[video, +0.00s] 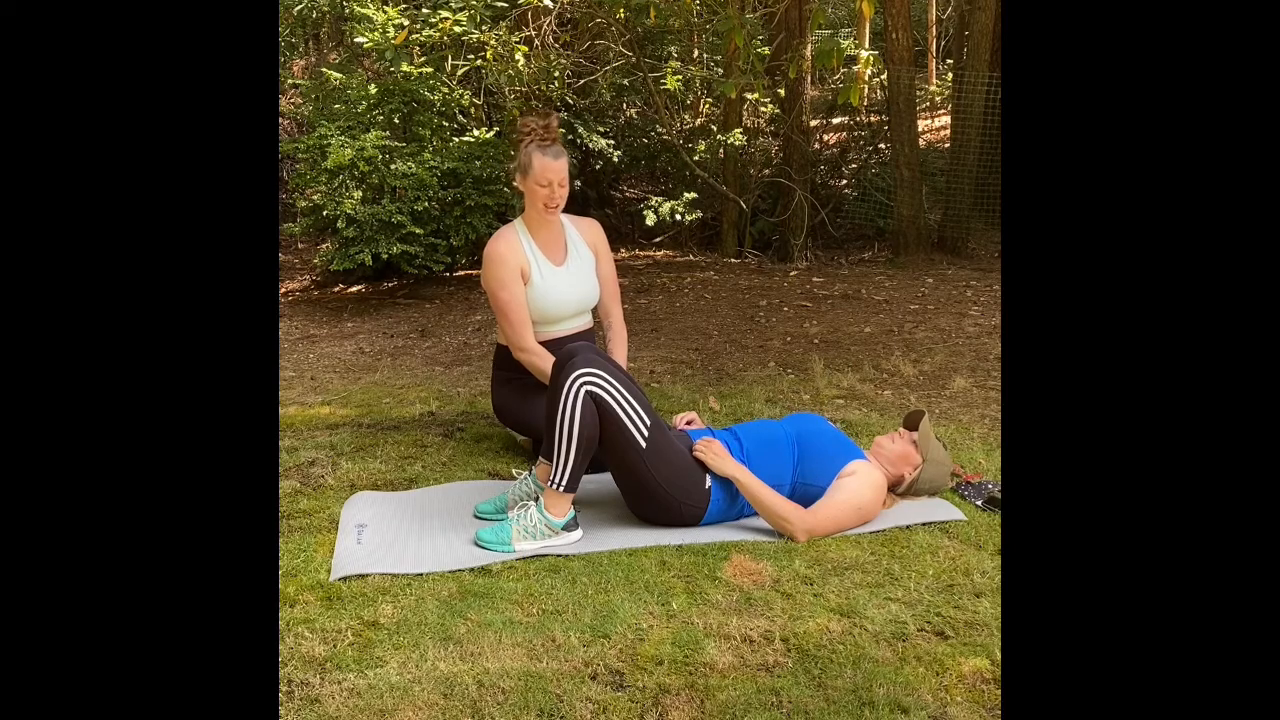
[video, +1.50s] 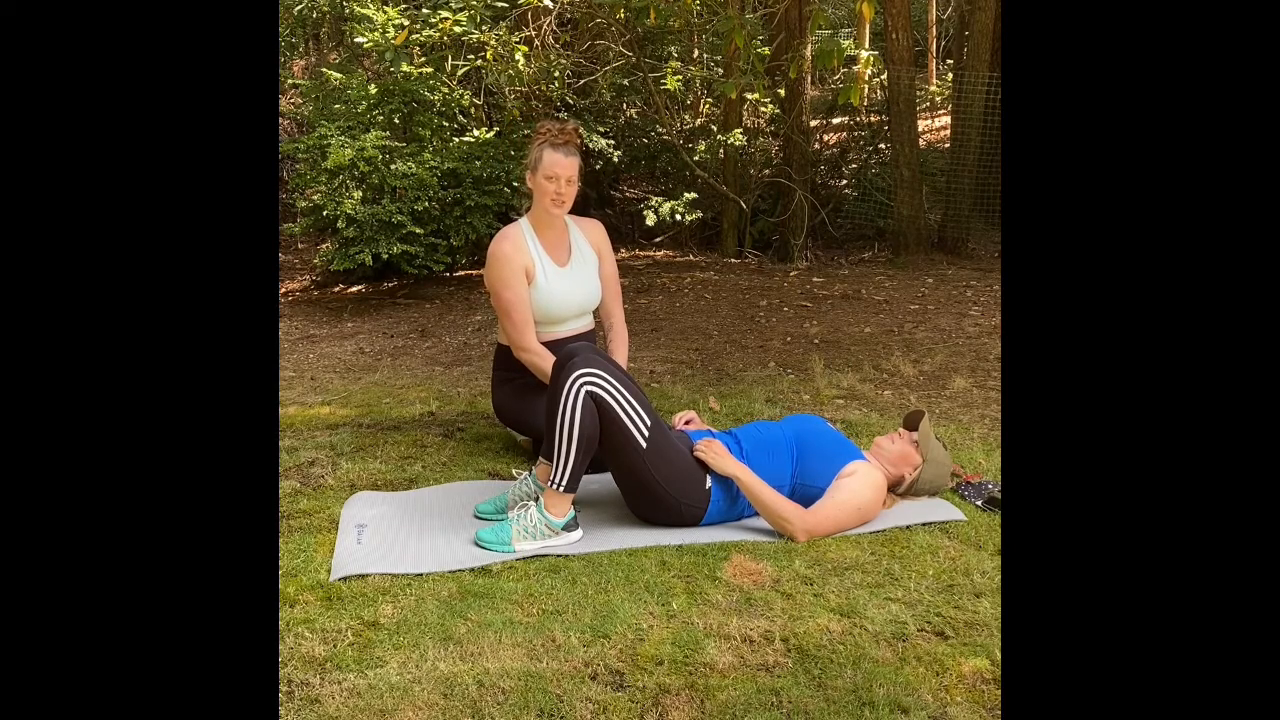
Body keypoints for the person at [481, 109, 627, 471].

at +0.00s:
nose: (555, 194)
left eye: (562, 183)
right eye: (544, 185)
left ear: (570, 180)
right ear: (520, 183)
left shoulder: (589, 232)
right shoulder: (504, 249)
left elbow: (613, 320)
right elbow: (523, 348)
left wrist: (614, 382)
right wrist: (584, 395)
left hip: (584, 366)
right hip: (523, 380)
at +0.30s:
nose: (565, 195)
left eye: (571, 184)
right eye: (554, 184)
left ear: (577, 183)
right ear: (526, 183)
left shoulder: (589, 232)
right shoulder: (504, 249)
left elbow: (613, 320)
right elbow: (523, 348)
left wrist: (614, 385)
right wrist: (586, 396)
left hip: (584, 366)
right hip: (523, 379)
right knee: (600, 445)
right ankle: (539, 442)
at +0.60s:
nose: (571, 196)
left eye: (576, 185)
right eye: (560, 184)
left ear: (582, 184)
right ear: (532, 182)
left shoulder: (590, 232)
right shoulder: (506, 248)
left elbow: (613, 321)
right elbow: (523, 348)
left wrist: (614, 384)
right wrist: (587, 398)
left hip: (584, 366)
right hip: (524, 379)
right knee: (603, 447)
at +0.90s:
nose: (566, 194)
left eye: (574, 184)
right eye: (557, 181)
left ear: (581, 186)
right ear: (532, 180)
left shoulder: (591, 232)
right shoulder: (507, 248)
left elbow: (614, 321)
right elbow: (523, 348)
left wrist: (614, 383)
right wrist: (588, 396)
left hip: (584, 367)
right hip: (524, 380)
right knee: (602, 446)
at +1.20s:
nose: (562, 191)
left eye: (571, 181)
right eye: (552, 179)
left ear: (580, 185)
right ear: (530, 179)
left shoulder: (592, 233)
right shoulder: (508, 247)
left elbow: (614, 322)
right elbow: (524, 347)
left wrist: (613, 384)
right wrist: (588, 397)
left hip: (585, 367)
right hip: (524, 379)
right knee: (603, 446)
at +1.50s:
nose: (562, 191)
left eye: (570, 181)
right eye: (551, 179)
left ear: (579, 183)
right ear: (530, 179)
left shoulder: (592, 233)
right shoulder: (508, 247)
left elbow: (614, 322)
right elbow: (524, 347)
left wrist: (613, 385)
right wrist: (588, 396)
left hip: (584, 367)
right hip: (524, 379)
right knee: (602, 446)